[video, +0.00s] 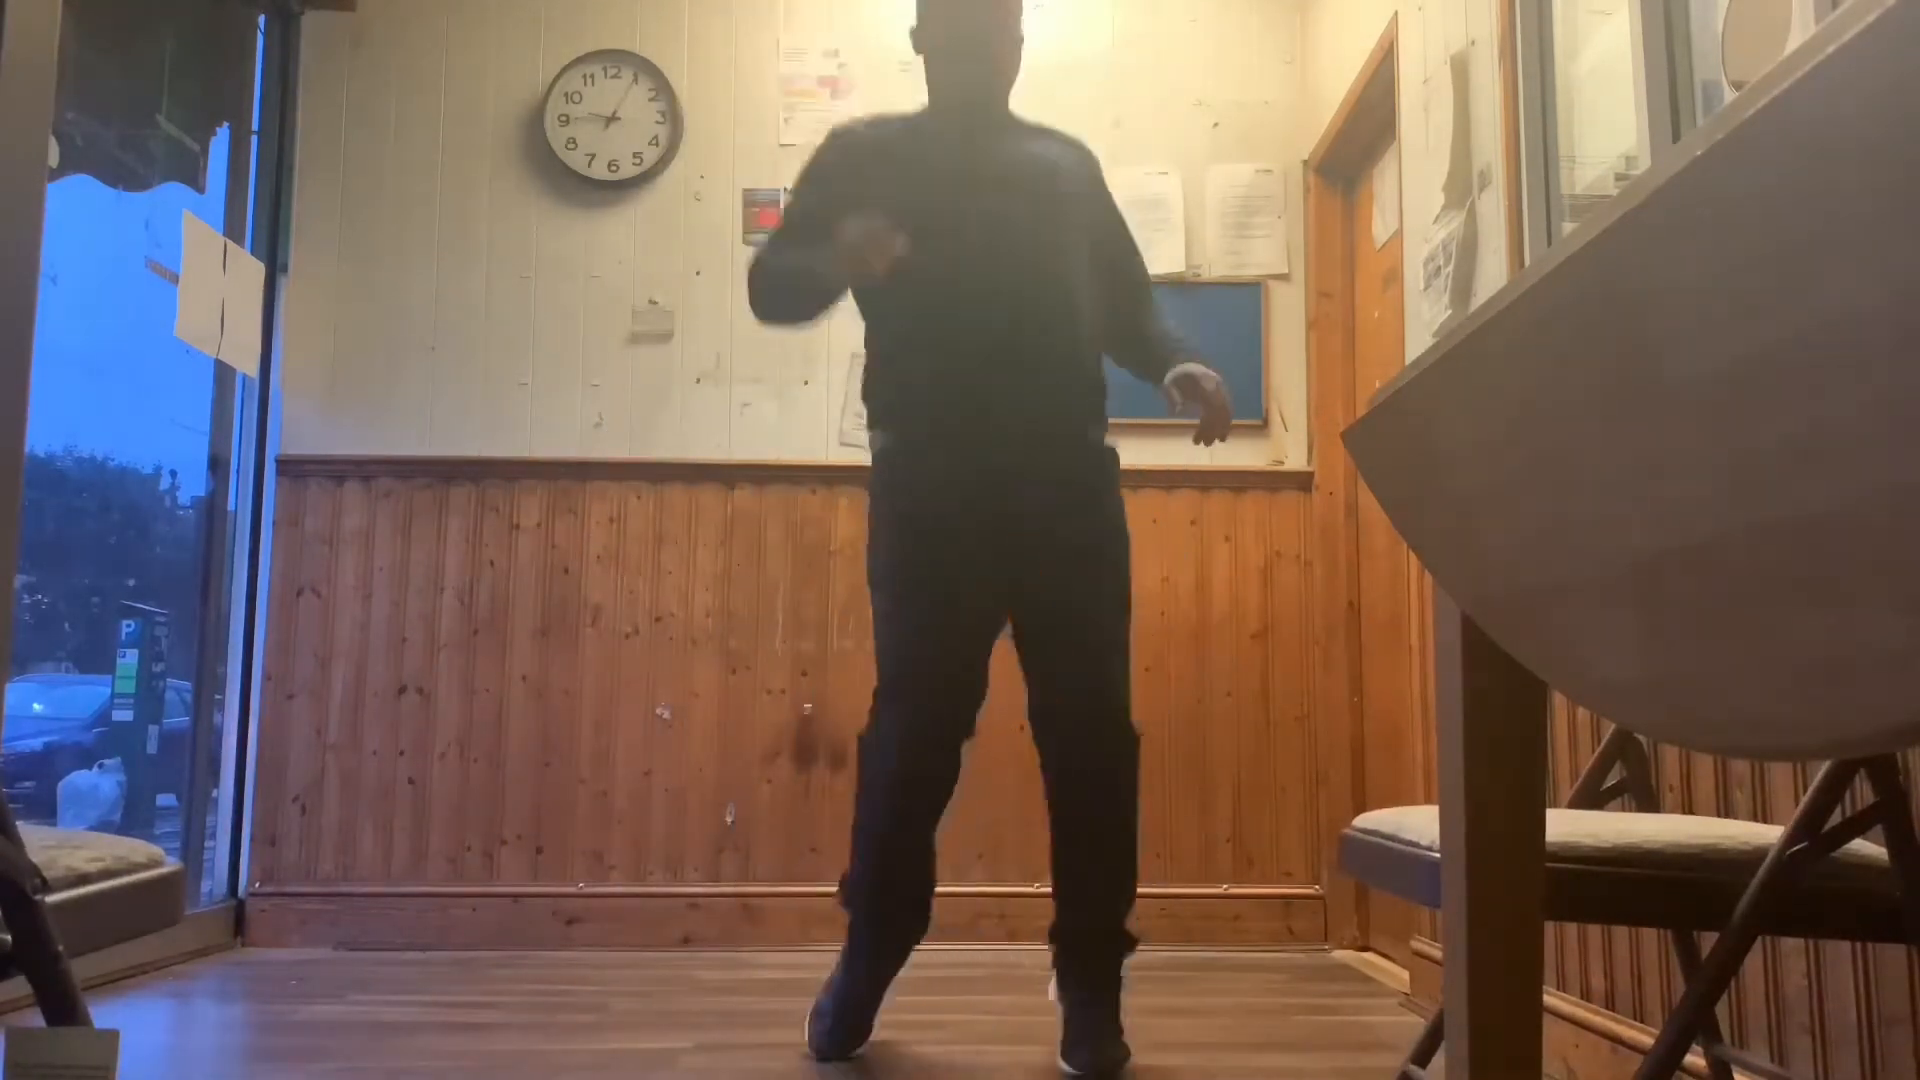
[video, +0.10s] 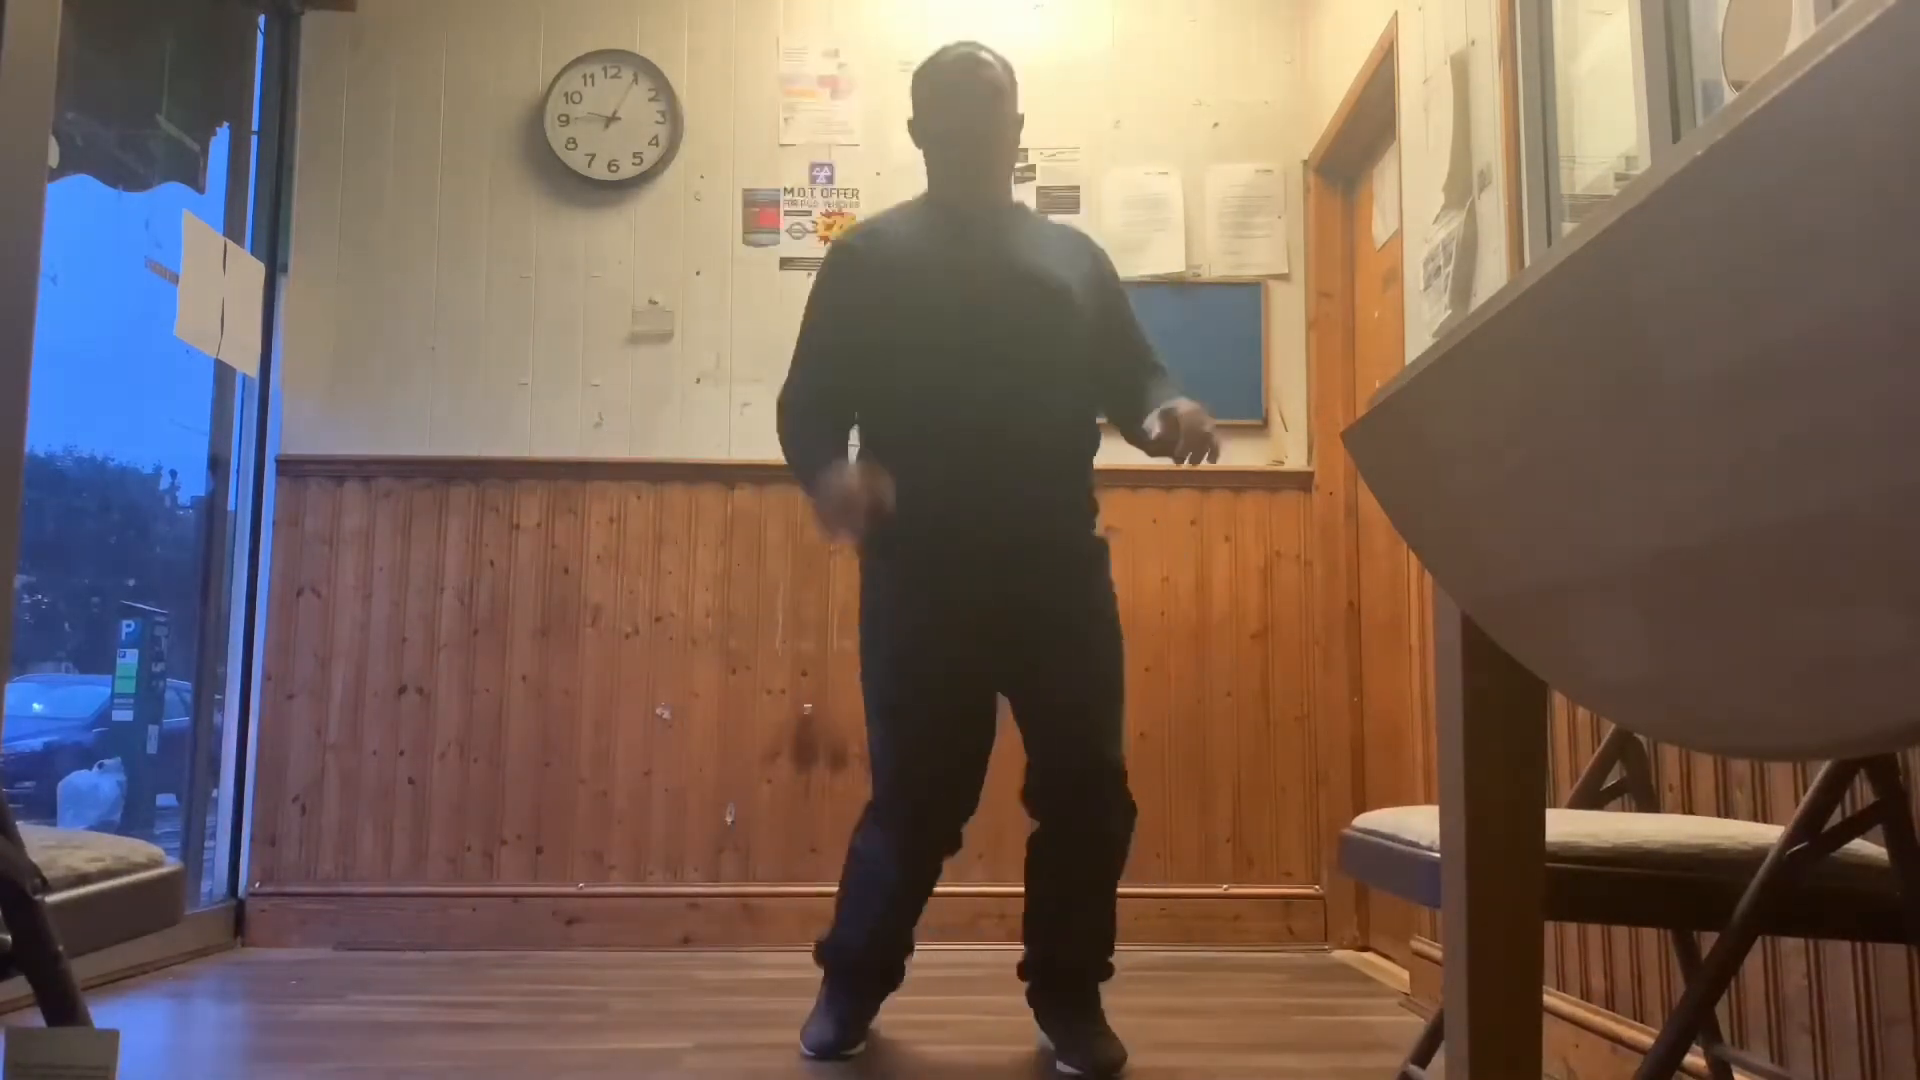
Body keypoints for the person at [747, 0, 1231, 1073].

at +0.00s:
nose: (996, 39)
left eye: (1006, 21)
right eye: (972, 20)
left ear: (1019, 42)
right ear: (925, 33)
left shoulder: (1065, 165)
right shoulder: (861, 153)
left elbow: (1123, 309)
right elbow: (771, 294)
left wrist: (1175, 363)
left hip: (1068, 489)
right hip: (932, 490)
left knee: (1091, 734)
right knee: (915, 727)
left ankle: (1092, 983)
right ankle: (871, 949)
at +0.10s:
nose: (979, 125)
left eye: (995, 105)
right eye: (956, 105)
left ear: (1019, 125)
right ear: (918, 125)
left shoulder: (1075, 258)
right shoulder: (868, 259)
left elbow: (1132, 378)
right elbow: (809, 402)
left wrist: (1167, 411)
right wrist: (827, 472)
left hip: (1058, 565)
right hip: (922, 567)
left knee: (1088, 795)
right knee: (917, 800)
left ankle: (1071, 1003)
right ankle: (849, 992)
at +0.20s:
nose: (960, 144)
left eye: (978, 123)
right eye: (936, 124)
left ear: (1006, 135)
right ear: (905, 137)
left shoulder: (1069, 260)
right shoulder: (858, 272)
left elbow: (1137, 380)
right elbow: (806, 435)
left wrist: (1099, 422)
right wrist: (795, 583)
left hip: (1051, 583)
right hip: (913, 586)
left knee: (1086, 797)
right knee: (893, 803)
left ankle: (1069, 999)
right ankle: (852, 991)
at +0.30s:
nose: (913, 119)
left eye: (934, 97)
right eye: (896, 100)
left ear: (979, 106)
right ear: (877, 114)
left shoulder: (1048, 218)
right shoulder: (843, 257)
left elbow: (1102, 345)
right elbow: (799, 409)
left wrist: (968, 393)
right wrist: (765, 553)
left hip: (1043, 555)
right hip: (904, 562)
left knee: (1075, 772)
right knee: (876, 777)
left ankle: (1074, 1000)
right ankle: (854, 985)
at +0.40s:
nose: (888, 113)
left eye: (909, 91)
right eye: (873, 94)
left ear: (954, 97)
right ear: (853, 107)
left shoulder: (1013, 184)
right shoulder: (840, 241)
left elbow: (1015, 339)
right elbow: (808, 390)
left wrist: (865, 378)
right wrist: (774, 517)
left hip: (1032, 522)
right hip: (900, 530)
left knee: (1061, 761)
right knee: (868, 763)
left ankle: (1082, 997)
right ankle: (854, 981)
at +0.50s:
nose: (856, 128)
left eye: (878, 104)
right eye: (845, 108)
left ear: (932, 103)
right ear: (838, 118)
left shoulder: (978, 191)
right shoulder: (849, 246)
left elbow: (949, 313)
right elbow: (858, 369)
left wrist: (796, 359)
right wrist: (822, 490)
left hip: (1011, 525)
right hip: (895, 533)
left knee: (1057, 756)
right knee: (856, 765)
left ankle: (1118, 971)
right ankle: (852, 978)